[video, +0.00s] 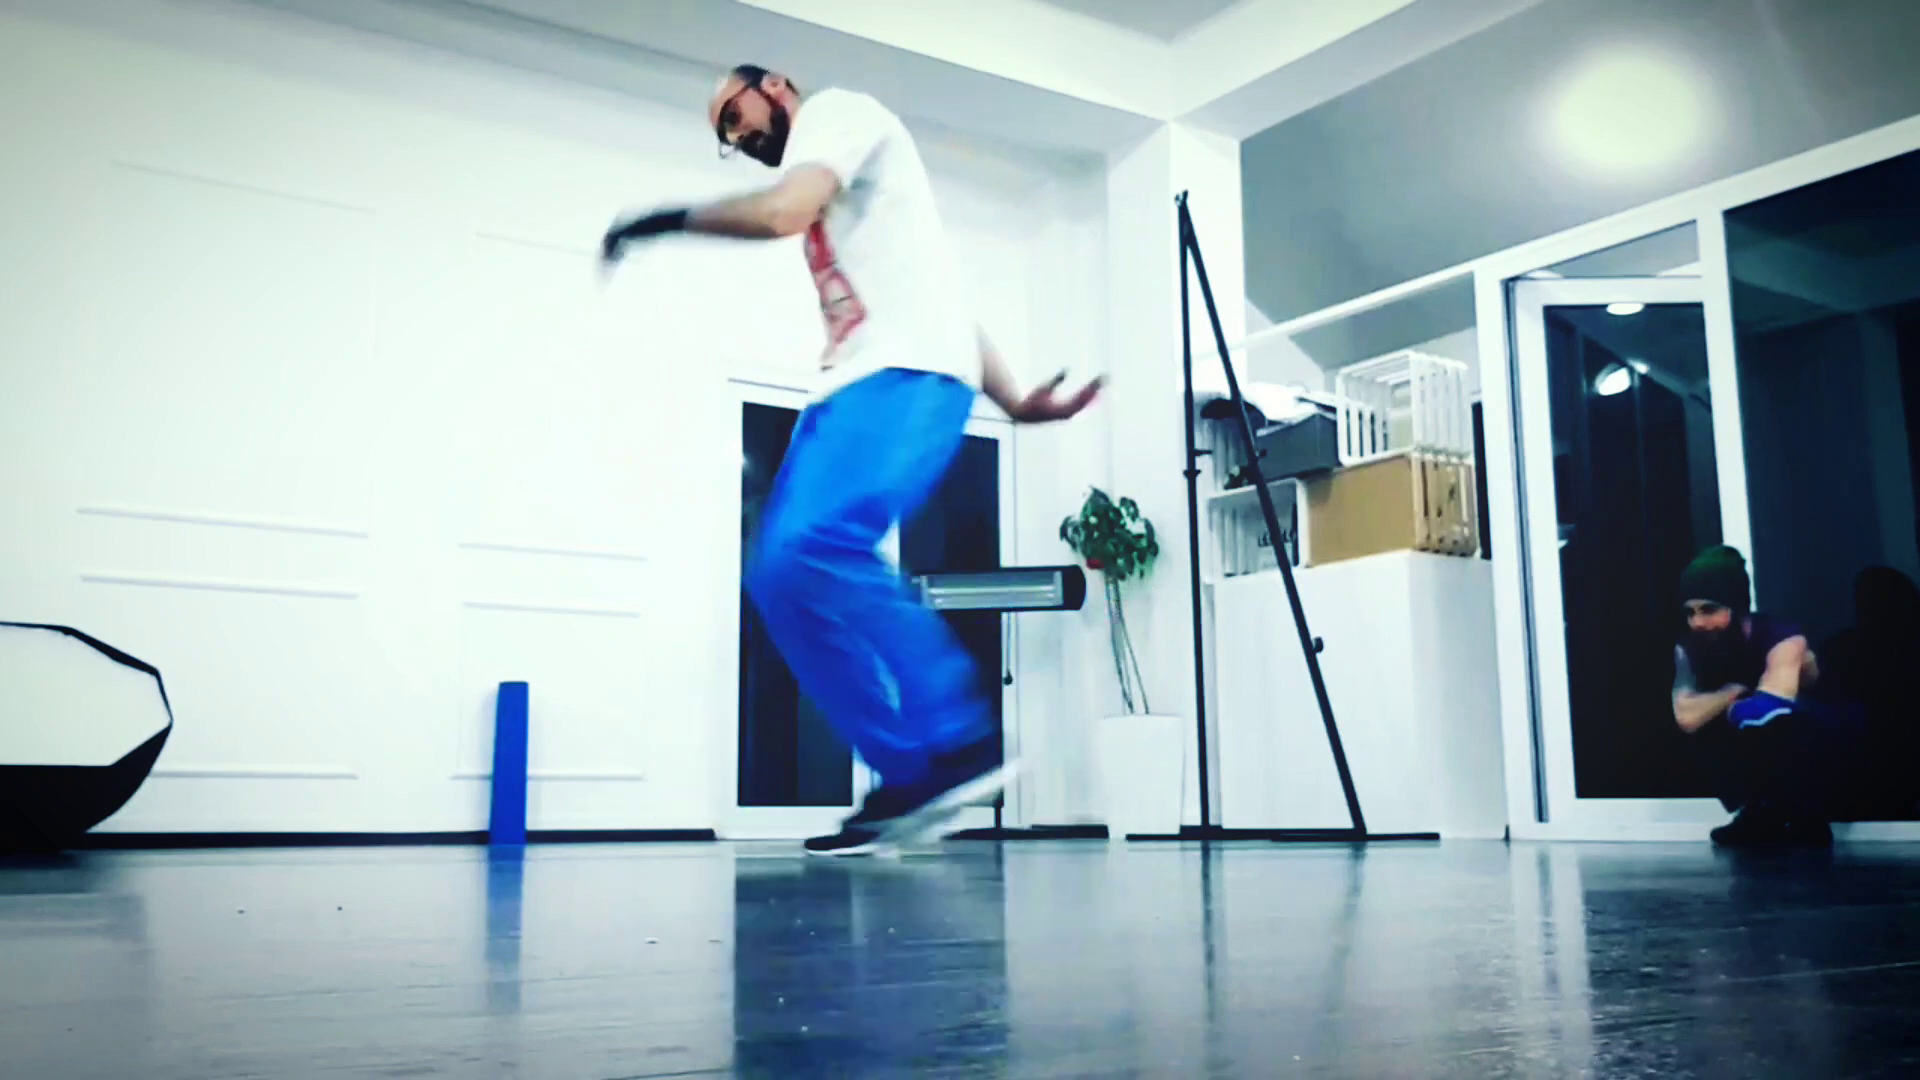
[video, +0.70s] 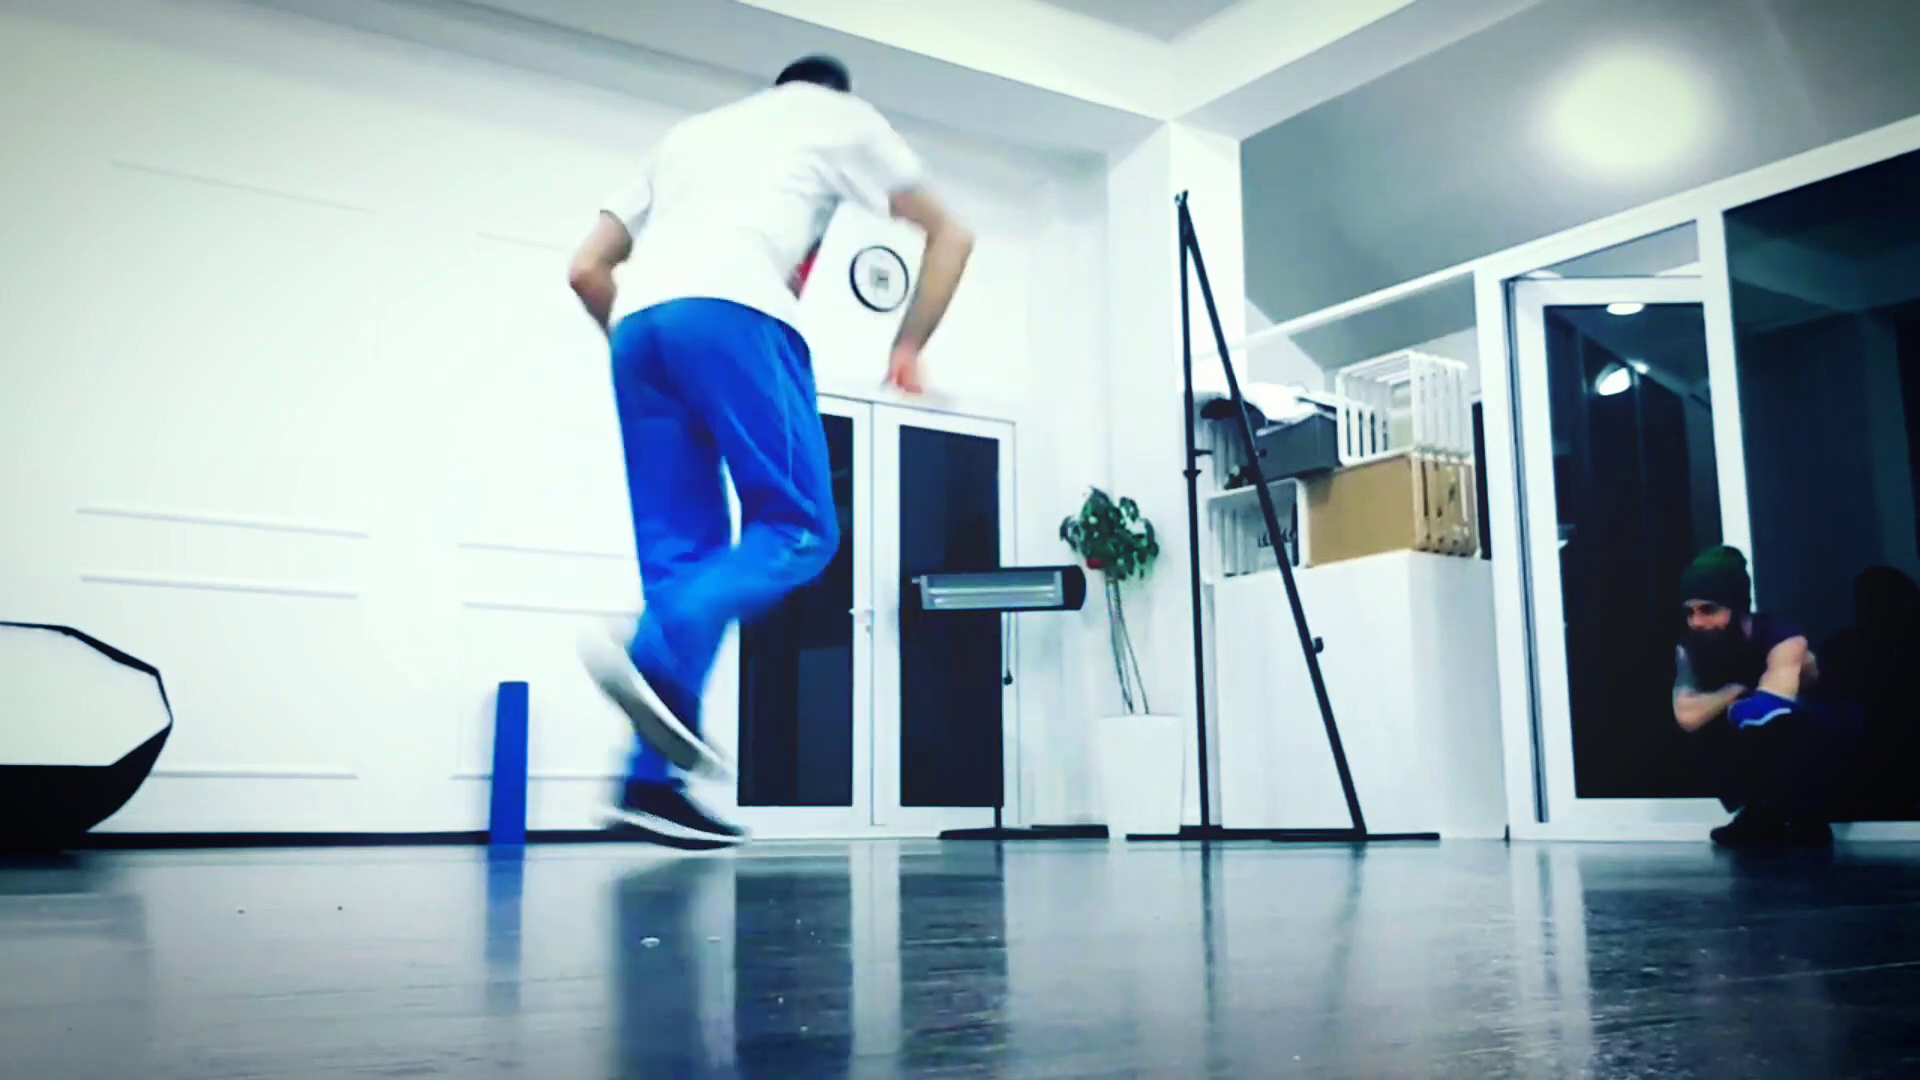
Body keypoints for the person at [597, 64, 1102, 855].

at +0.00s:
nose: (735, 136)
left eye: (735, 114)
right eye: (725, 135)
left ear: (774, 84)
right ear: (744, 143)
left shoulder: (842, 109)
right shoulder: (823, 187)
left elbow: (785, 210)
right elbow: (928, 284)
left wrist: (670, 218)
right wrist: (1016, 401)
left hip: (910, 370)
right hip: (854, 384)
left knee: (813, 546)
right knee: (778, 572)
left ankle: (960, 737)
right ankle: (905, 771)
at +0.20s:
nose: (709, 166)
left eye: (705, 148)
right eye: (702, 162)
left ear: (734, 111)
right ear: (751, 117)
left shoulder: (765, 123)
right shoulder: (837, 164)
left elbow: (768, 215)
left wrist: (715, 326)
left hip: (826, 341)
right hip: (909, 363)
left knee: (712, 533)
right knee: (812, 567)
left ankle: (659, 754)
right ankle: (898, 761)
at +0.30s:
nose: (695, 172)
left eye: (695, 158)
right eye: (690, 169)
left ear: (722, 126)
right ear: (755, 126)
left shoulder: (743, 141)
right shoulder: (821, 171)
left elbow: (769, 213)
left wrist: (786, 316)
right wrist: (715, 438)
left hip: (802, 345)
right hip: (887, 357)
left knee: (716, 555)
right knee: (801, 545)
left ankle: (698, 789)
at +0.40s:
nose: (694, 208)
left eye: (692, 196)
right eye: (691, 200)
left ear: (714, 170)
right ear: (763, 166)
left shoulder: (726, 191)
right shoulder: (832, 214)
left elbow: (731, 271)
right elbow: (772, 362)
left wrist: (749, 365)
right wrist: (654, 395)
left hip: (748, 411)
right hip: (844, 418)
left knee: (742, 611)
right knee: (801, 629)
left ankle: (722, 809)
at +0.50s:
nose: (715, 202)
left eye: (715, 192)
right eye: (722, 191)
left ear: (720, 185)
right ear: (777, 182)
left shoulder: (711, 216)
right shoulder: (832, 216)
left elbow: (664, 334)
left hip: (705, 417)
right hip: (797, 414)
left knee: (726, 618)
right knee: (787, 633)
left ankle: (722, 809)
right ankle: (621, 522)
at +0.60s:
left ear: (748, 143)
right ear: (812, 135)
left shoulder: (694, 174)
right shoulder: (842, 167)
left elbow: (597, 286)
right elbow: (891, 317)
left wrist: (591, 403)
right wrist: (814, 376)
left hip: (669, 362)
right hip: (766, 362)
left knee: (716, 600)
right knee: (788, 577)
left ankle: (719, 805)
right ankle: (611, 527)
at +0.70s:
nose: (855, 119)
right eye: (853, 105)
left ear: (778, 86)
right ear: (837, 93)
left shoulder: (689, 132)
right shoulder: (842, 114)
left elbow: (588, 269)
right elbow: (952, 232)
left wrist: (635, 351)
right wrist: (910, 346)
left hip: (638, 329)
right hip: (732, 314)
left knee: (677, 551)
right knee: (800, 529)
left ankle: (651, 785)